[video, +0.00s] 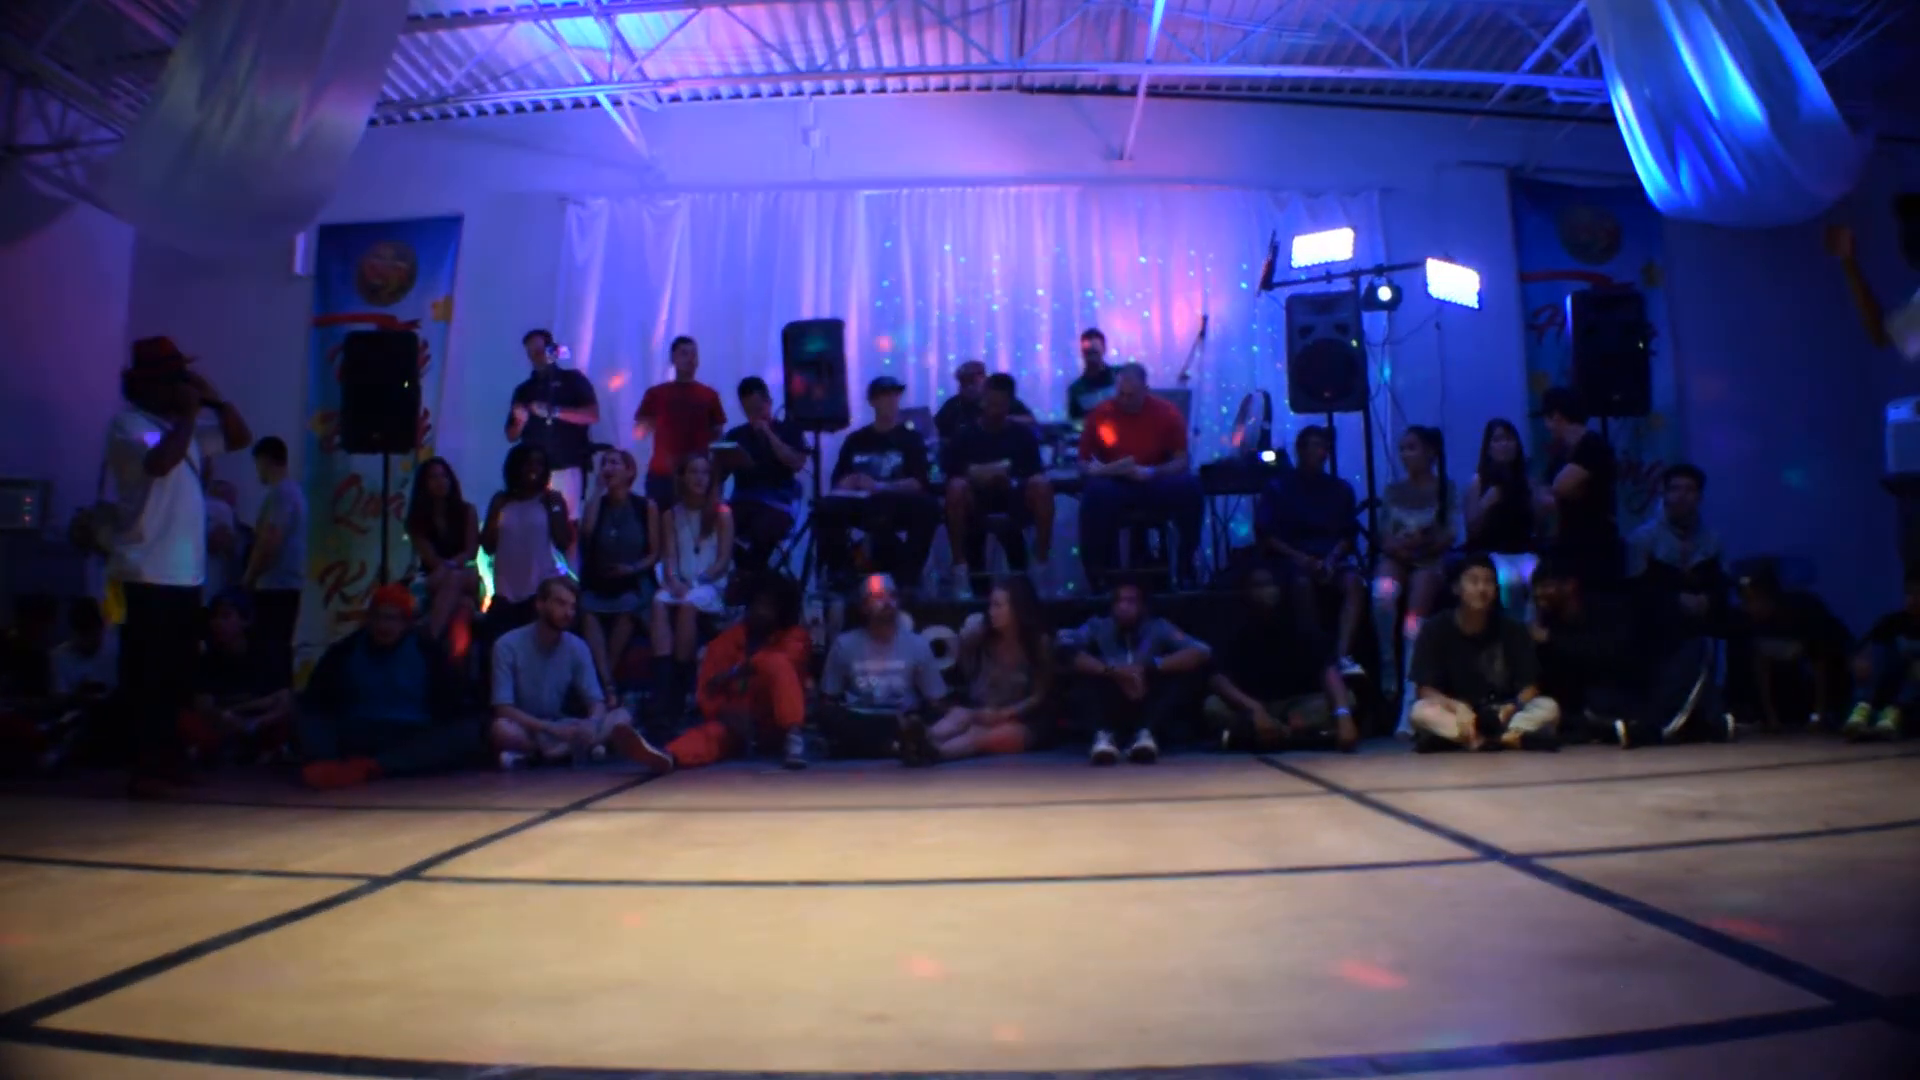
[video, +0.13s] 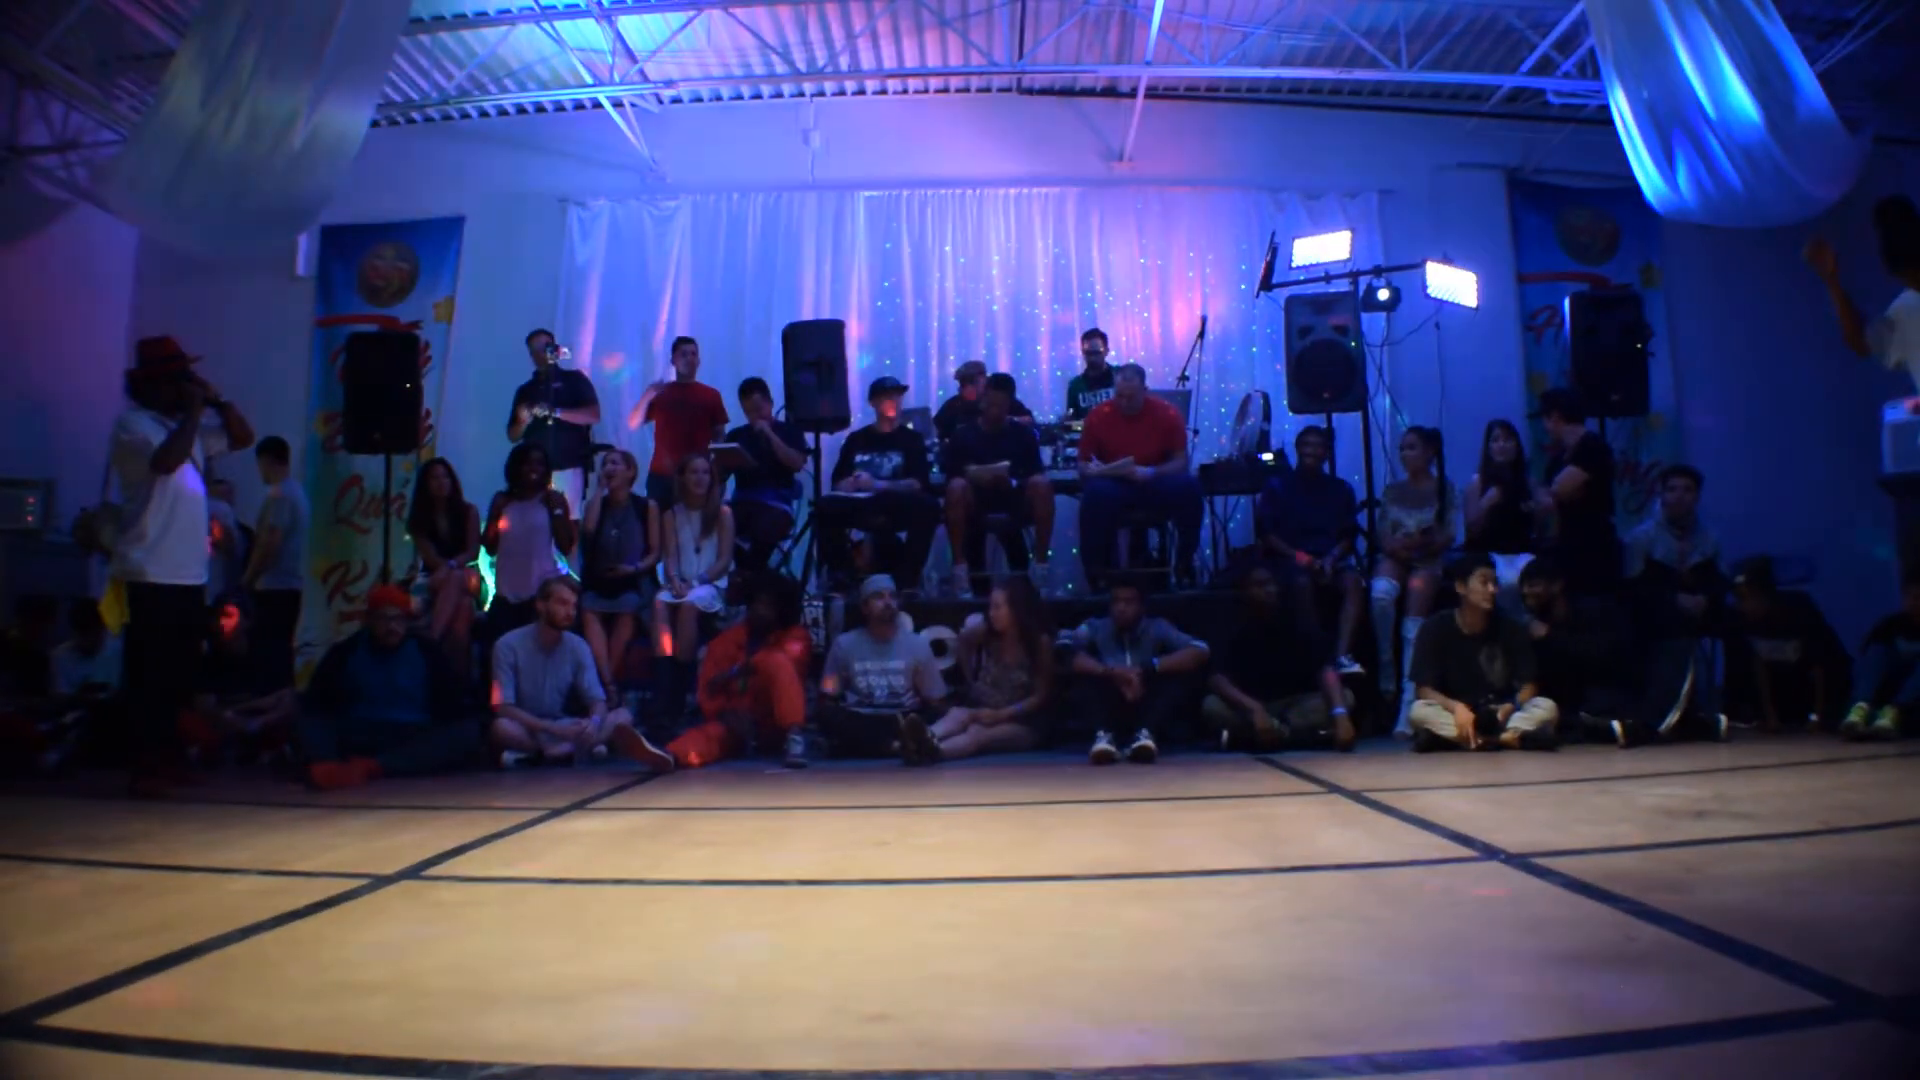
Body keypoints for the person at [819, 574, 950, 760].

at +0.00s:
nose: (886, 603)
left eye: (891, 596)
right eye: (878, 598)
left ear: (897, 601)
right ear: (864, 605)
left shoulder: (916, 645)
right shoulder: (845, 645)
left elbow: (937, 702)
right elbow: (829, 701)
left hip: (908, 721)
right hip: (862, 722)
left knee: (964, 714)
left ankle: (925, 747)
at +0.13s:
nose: (887, 603)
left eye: (892, 597)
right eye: (879, 597)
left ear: (898, 602)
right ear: (865, 606)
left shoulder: (916, 645)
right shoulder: (845, 645)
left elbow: (937, 702)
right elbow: (828, 698)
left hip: (906, 716)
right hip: (860, 717)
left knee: (964, 713)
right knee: (829, 716)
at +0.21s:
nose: (887, 603)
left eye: (892, 596)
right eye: (879, 597)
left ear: (898, 602)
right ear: (865, 607)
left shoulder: (917, 645)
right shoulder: (845, 645)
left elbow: (936, 703)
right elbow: (828, 701)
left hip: (906, 717)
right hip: (862, 718)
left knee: (964, 714)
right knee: (832, 719)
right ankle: (894, 745)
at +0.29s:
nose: (887, 603)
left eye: (891, 596)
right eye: (879, 597)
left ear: (898, 602)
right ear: (865, 606)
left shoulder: (915, 644)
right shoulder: (844, 644)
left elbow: (937, 702)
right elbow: (828, 699)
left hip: (905, 715)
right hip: (861, 716)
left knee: (964, 714)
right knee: (831, 717)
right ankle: (895, 746)